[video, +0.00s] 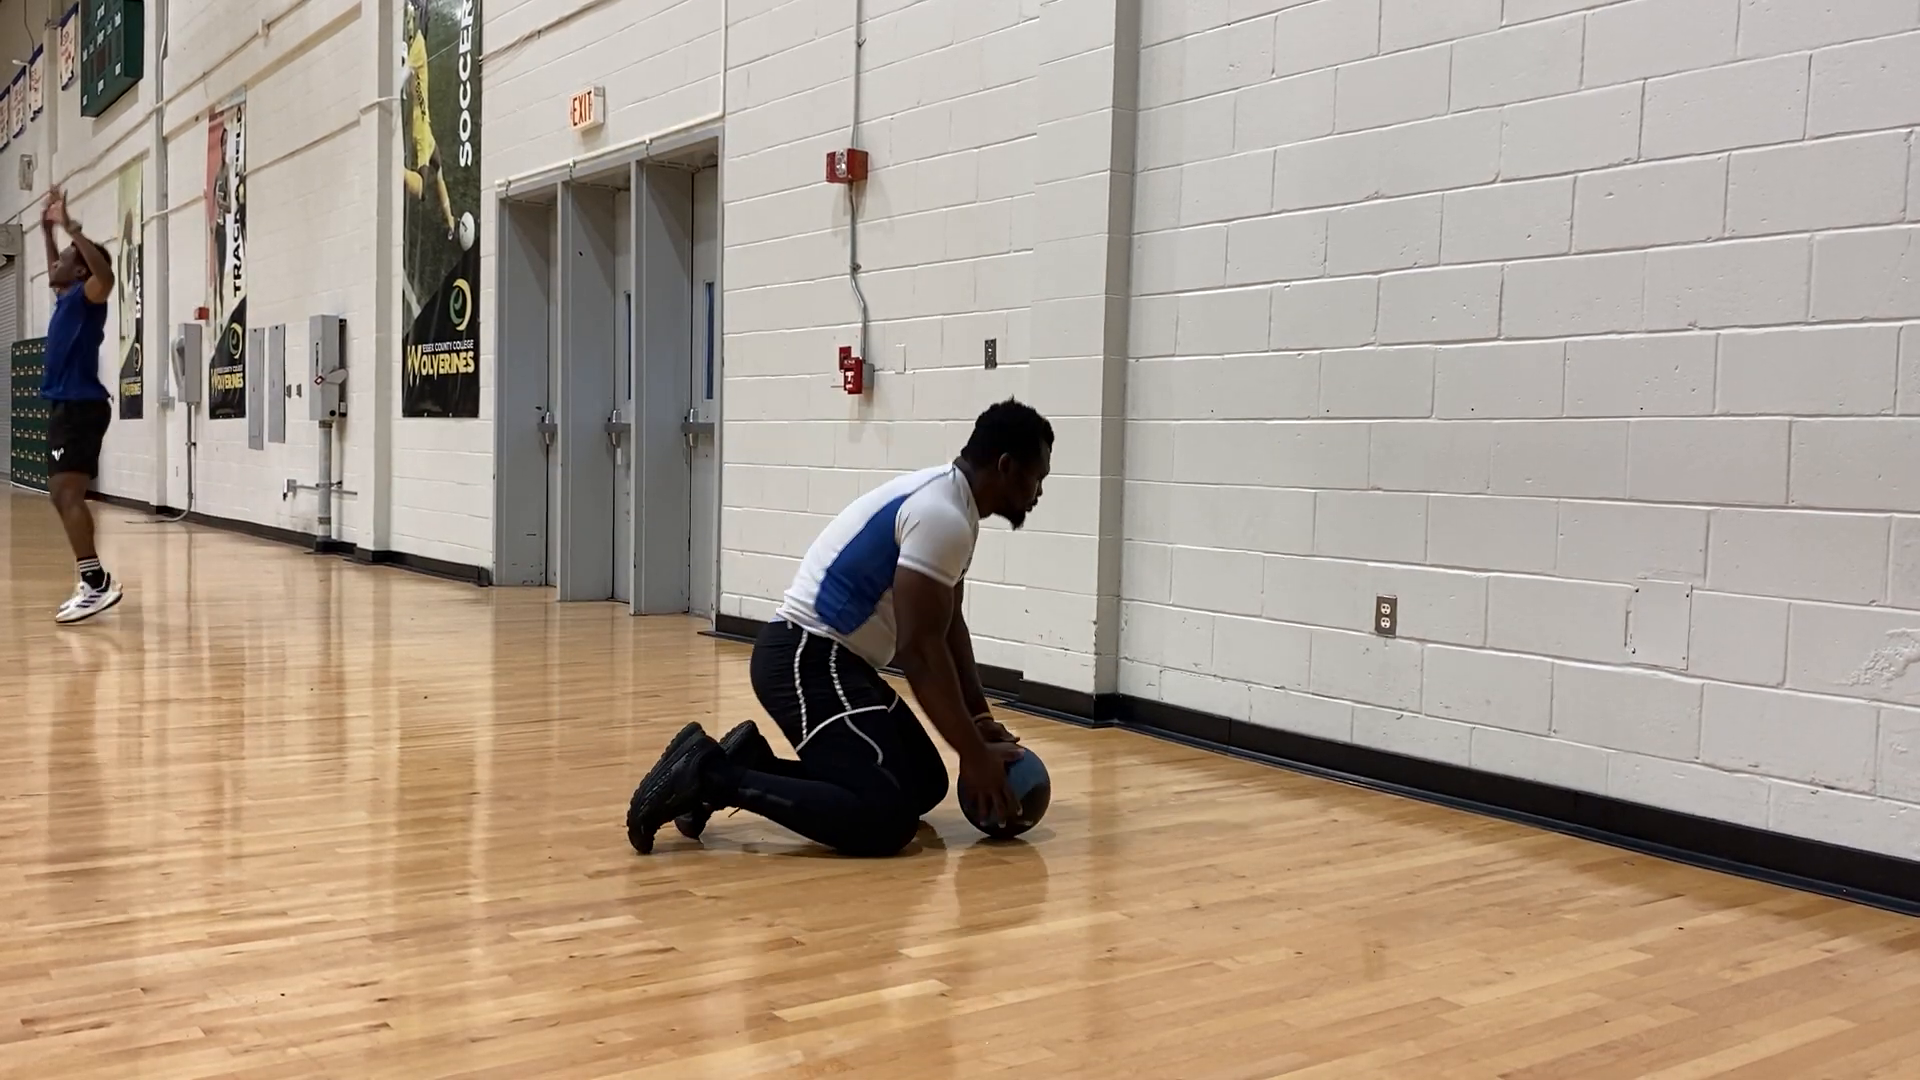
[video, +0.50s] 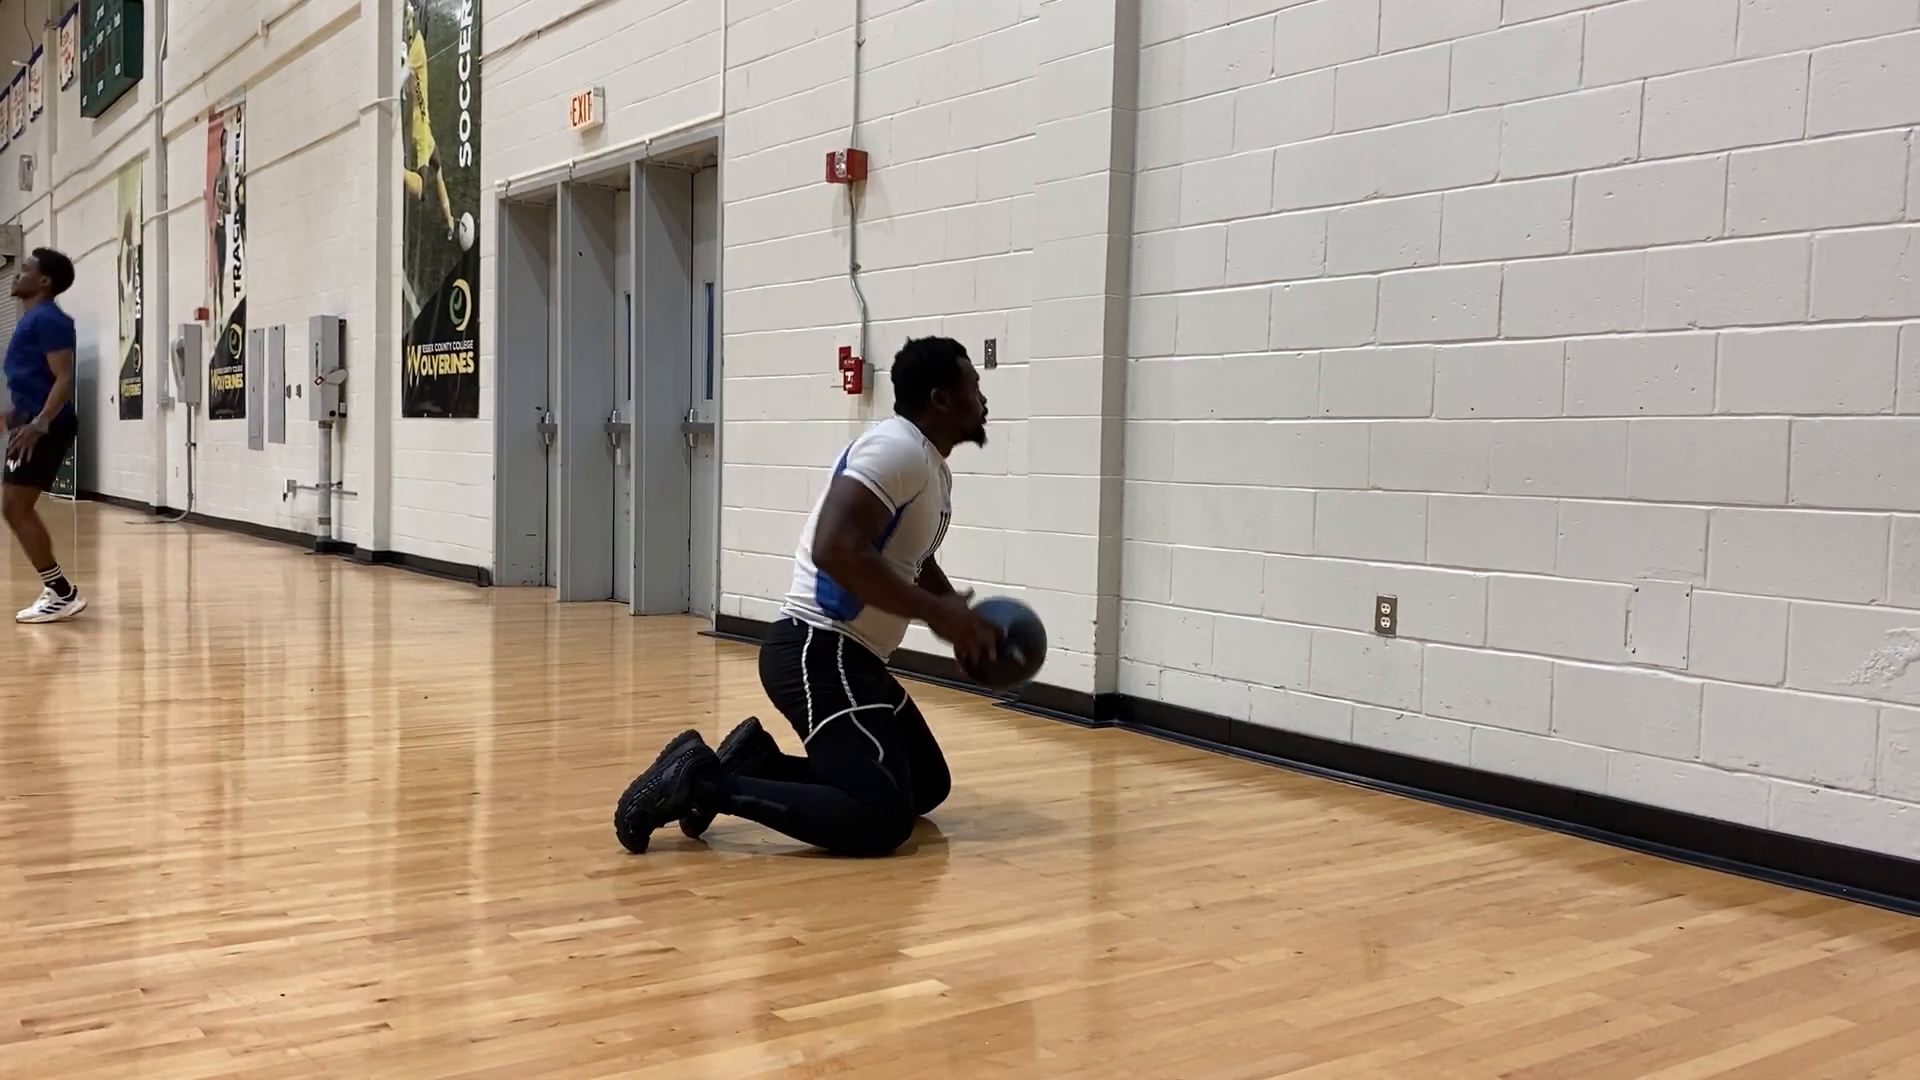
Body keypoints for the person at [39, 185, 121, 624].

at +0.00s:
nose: (57, 262)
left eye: (66, 258)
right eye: (60, 257)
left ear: (81, 266)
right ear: (66, 269)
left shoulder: (88, 296)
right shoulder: (68, 298)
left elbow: (103, 271)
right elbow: (53, 271)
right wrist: (45, 228)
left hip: (82, 405)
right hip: (67, 405)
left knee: (67, 494)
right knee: (65, 494)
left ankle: (95, 583)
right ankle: (94, 581)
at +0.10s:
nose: (46, 286)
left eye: (53, 282)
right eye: (47, 281)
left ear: (70, 289)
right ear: (54, 289)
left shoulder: (76, 315)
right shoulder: (56, 319)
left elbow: (92, 271)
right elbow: (57, 273)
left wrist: (80, 229)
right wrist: (61, 231)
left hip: (78, 427)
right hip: (63, 427)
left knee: (51, 515)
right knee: (47, 517)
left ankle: (100, 593)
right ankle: (98, 591)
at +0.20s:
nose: (48, 266)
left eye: (57, 261)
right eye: (49, 261)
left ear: (71, 271)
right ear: (52, 272)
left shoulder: (74, 304)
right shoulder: (54, 305)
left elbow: (83, 268)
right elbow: (42, 270)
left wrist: (63, 215)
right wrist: (35, 226)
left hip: (65, 414)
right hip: (51, 414)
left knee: (53, 503)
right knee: (50, 504)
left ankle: (94, 586)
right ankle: (93, 584)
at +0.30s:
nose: (47, 253)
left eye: (52, 248)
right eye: (47, 246)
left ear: (69, 258)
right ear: (58, 258)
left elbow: (75, 297)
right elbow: (33, 296)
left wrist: (55, 268)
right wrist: (14, 271)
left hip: (55, 395)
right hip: (42, 394)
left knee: (49, 486)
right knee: (47, 486)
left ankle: (78, 575)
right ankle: (81, 570)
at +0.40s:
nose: (28, 253)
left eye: (36, 248)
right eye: (31, 247)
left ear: (56, 258)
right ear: (51, 258)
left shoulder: (61, 291)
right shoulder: (45, 292)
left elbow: (75, 336)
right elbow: (44, 337)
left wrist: (51, 358)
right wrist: (18, 348)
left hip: (47, 399)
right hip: (33, 397)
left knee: (41, 488)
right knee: (36, 488)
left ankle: (62, 579)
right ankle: (60, 576)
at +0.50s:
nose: (17, 274)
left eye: (26, 269)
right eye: (21, 268)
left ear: (44, 281)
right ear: (41, 282)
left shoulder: (49, 319)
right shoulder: (32, 319)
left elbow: (65, 380)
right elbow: (37, 378)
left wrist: (39, 423)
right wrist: (15, 410)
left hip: (50, 424)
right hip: (35, 422)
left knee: (16, 505)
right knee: (15, 505)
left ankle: (60, 591)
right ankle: (58, 589)